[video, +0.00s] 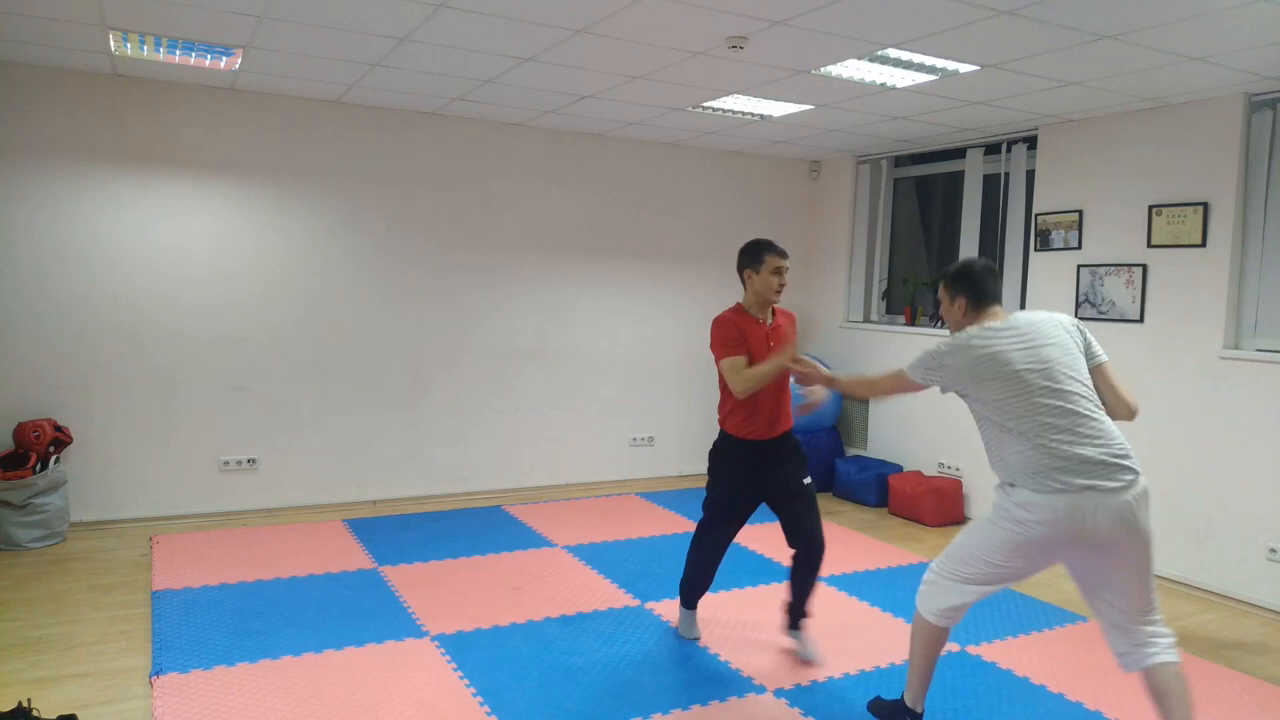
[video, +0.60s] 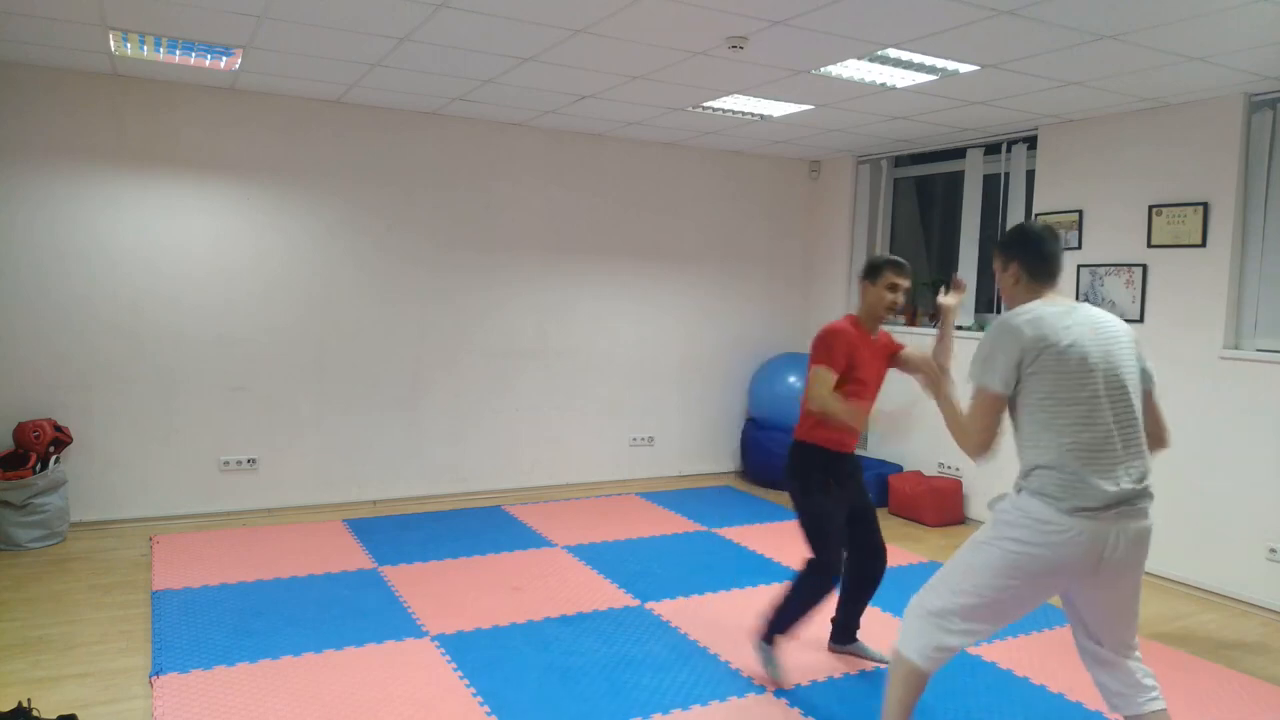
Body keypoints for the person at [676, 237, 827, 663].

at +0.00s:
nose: (783, 281)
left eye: (786, 274)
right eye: (776, 273)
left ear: (784, 279)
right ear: (748, 276)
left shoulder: (785, 321)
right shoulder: (727, 325)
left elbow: (789, 364)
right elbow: (739, 385)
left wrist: (817, 385)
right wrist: (786, 357)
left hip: (782, 450)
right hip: (737, 453)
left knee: (810, 544)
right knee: (713, 535)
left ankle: (795, 625)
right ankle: (688, 607)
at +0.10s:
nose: (790, 281)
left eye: (793, 274)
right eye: (782, 273)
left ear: (791, 277)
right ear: (755, 275)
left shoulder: (796, 321)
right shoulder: (735, 323)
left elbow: (829, 349)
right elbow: (733, 384)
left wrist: (867, 348)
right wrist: (781, 380)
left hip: (787, 451)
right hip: (741, 453)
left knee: (817, 540)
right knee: (717, 534)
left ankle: (838, 631)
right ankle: (687, 606)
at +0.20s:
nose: (813, 287)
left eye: (817, 280)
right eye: (806, 278)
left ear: (817, 285)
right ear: (779, 276)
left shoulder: (815, 325)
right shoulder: (751, 323)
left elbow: (874, 334)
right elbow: (745, 371)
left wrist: (869, 285)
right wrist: (784, 326)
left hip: (796, 454)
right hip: (751, 454)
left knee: (822, 546)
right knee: (730, 536)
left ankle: (841, 634)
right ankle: (692, 604)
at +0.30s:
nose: (832, 286)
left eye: (835, 279)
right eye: (826, 277)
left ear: (838, 283)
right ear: (807, 276)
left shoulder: (829, 326)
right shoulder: (780, 318)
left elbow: (865, 351)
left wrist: (853, 292)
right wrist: (816, 282)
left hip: (811, 453)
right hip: (768, 451)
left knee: (825, 550)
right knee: (741, 537)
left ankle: (839, 636)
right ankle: (692, 601)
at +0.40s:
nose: (859, 289)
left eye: (864, 281)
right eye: (852, 278)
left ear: (864, 287)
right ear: (829, 278)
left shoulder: (844, 333)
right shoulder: (807, 316)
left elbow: (874, 380)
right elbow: (853, 319)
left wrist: (892, 333)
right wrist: (871, 264)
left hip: (824, 457)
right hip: (787, 455)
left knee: (838, 550)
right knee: (760, 546)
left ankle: (839, 636)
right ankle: (698, 596)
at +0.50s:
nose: (878, 292)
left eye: (882, 285)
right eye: (871, 281)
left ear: (883, 292)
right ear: (846, 279)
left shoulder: (860, 336)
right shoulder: (823, 323)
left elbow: (897, 382)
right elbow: (858, 366)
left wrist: (922, 340)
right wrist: (897, 321)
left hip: (837, 457)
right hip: (802, 456)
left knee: (857, 554)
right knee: (792, 560)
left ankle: (842, 636)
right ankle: (724, 599)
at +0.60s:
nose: (897, 300)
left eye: (903, 294)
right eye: (890, 289)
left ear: (902, 299)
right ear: (864, 286)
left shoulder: (884, 344)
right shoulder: (837, 335)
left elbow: (936, 370)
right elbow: (816, 397)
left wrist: (946, 318)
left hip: (844, 463)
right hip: (811, 459)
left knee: (870, 556)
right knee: (829, 561)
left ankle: (843, 637)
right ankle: (768, 635)